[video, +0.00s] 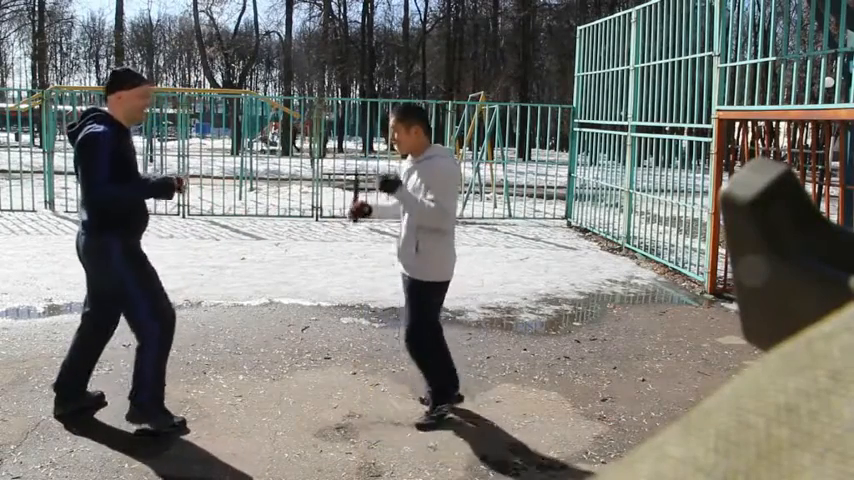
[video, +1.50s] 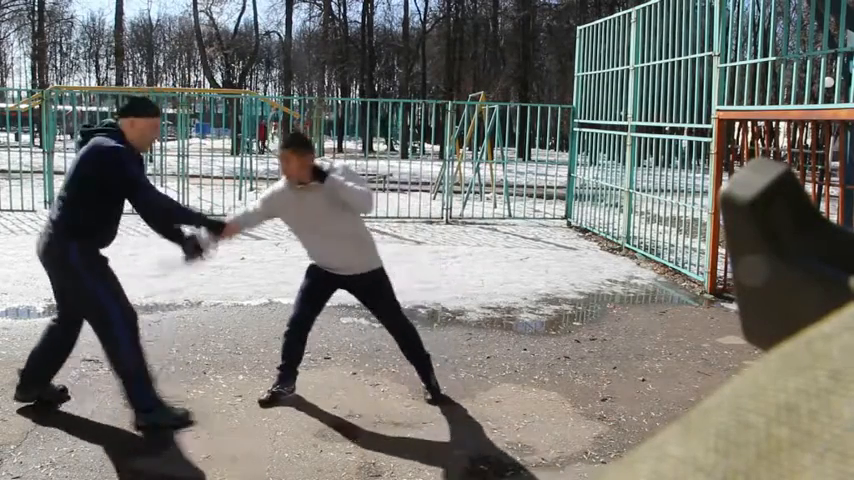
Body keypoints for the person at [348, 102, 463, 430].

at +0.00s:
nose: (392, 138)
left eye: (396, 132)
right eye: (391, 132)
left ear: (416, 131)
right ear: (411, 133)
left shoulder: (441, 166)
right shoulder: (414, 164)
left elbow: (442, 217)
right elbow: (407, 209)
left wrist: (401, 192)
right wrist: (371, 210)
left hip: (431, 269)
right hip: (416, 266)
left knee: (418, 338)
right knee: (426, 331)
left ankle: (444, 400)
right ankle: (445, 389)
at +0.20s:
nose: (391, 143)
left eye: (395, 136)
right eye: (390, 137)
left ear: (415, 135)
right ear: (407, 137)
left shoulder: (445, 168)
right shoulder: (402, 167)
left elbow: (425, 214)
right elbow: (404, 215)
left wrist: (383, 186)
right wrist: (375, 221)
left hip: (432, 272)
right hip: (403, 265)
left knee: (428, 343)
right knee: (377, 319)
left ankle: (443, 404)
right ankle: (411, 376)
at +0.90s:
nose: (376, 145)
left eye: (380, 139)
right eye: (375, 138)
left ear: (401, 140)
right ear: (393, 141)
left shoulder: (432, 170)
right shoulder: (382, 171)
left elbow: (427, 218)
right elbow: (377, 213)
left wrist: (375, 210)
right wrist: (344, 209)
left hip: (422, 270)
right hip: (387, 264)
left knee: (431, 334)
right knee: (363, 320)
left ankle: (442, 390)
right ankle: (365, 384)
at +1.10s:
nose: (372, 153)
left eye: (376, 147)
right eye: (372, 147)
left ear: (395, 146)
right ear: (382, 148)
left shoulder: (428, 173)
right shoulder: (376, 177)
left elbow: (419, 214)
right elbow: (372, 217)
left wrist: (379, 178)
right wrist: (365, 239)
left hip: (413, 273)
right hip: (376, 267)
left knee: (427, 336)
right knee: (344, 318)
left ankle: (442, 389)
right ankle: (335, 383)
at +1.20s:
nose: (363, 159)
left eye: (366, 153)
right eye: (361, 154)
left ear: (382, 151)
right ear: (366, 155)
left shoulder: (416, 178)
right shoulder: (360, 187)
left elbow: (407, 211)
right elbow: (347, 221)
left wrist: (372, 178)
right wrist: (339, 250)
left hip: (405, 279)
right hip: (366, 274)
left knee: (422, 339)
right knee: (329, 324)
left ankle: (442, 390)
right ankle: (303, 384)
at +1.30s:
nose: (341, 160)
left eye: (346, 154)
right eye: (339, 155)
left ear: (362, 152)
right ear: (337, 155)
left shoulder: (391, 174)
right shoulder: (333, 187)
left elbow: (396, 206)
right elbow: (300, 213)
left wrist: (365, 174)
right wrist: (274, 244)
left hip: (391, 277)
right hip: (351, 273)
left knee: (416, 337)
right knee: (315, 325)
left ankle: (441, 390)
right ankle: (288, 381)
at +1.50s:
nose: (282, 166)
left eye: (287, 160)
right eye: (281, 160)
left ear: (307, 159)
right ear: (282, 162)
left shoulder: (337, 179)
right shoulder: (280, 196)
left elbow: (367, 203)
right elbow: (252, 216)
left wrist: (327, 181)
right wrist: (226, 227)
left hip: (364, 268)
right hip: (323, 269)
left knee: (397, 324)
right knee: (298, 323)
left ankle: (429, 379)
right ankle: (285, 382)